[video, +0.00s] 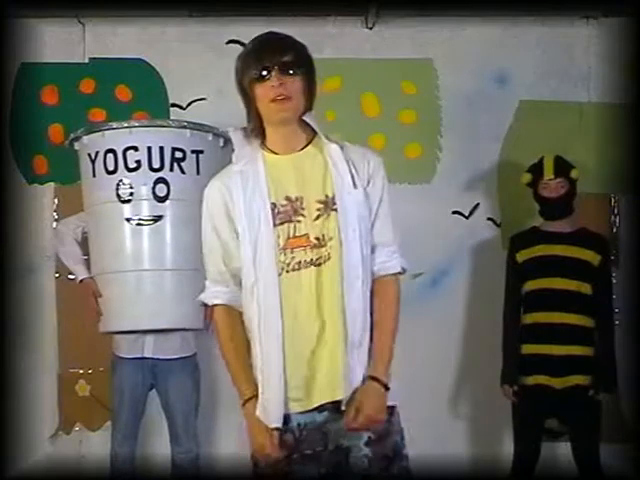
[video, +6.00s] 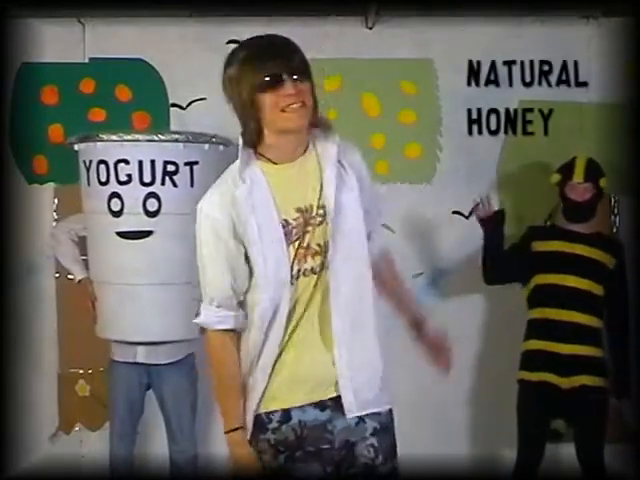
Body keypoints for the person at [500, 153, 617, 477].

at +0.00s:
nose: (552, 192)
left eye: (559, 184)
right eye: (544, 185)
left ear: (572, 187)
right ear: (535, 193)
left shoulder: (596, 245)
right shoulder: (520, 244)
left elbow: (604, 314)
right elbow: (511, 312)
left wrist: (606, 373)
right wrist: (509, 369)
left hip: (581, 373)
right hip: (531, 374)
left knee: (588, 461)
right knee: (524, 460)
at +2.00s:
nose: (552, 193)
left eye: (559, 185)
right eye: (544, 187)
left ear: (572, 188)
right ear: (535, 193)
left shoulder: (596, 246)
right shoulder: (521, 245)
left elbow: (604, 315)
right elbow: (512, 312)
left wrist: (605, 373)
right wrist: (509, 369)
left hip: (580, 376)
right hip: (531, 376)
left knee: (588, 462)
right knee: (524, 461)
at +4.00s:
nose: (537, 195)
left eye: (544, 185)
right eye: (534, 187)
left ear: (565, 189)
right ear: (532, 191)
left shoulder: (598, 247)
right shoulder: (525, 244)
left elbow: (604, 318)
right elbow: (515, 311)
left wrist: (602, 377)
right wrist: (509, 367)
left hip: (580, 380)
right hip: (530, 379)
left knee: (588, 463)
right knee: (524, 462)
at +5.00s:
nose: (554, 195)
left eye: (561, 187)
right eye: (546, 188)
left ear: (573, 189)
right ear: (534, 193)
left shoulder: (597, 245)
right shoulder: (520, 245)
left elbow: (605, 313)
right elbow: (511, 308)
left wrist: (608, 372)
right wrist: (504, 359)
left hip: (581, 372)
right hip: (531, 373)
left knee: (588, 460)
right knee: (524, 459)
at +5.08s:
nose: (556, 195)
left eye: (563, 187)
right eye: (548, 187)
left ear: (575, 189)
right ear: (535, 193)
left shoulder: (597, 245)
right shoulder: (521, 245)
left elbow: (607, 314)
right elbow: (509, 309)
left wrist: (609, 372)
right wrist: (479, 326)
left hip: (581, 371)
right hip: (532, 371)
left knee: (589, 461)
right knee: (525, 459)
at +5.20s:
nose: (555, 194)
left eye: (563, 186)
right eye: (547, 187)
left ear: (576, 190)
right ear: (537, 191)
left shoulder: (599, 245)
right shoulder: (525, 241)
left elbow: (609, 315)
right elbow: (496, 291)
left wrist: (613, 374)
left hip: (581, 370)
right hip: (533, 369)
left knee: (589, 460)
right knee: (526, 459)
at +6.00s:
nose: (579, 192)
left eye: (587, 185)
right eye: (572, 185)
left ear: (599, 192)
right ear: (561, 189)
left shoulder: (611, 251)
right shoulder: (537, 238)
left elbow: (618, 320)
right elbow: (494, 274)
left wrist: (622, 379)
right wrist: (492, 230)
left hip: (587, 367)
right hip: (538, 364)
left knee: (591, 459)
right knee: (528, 458)